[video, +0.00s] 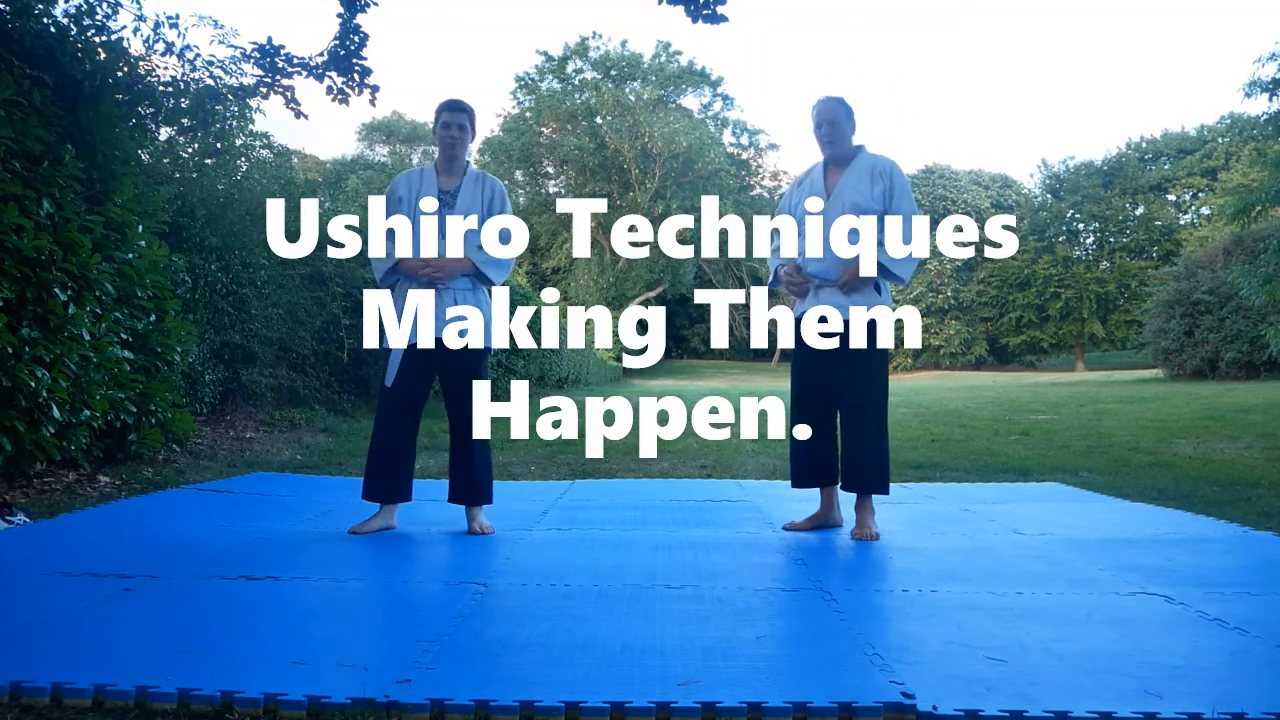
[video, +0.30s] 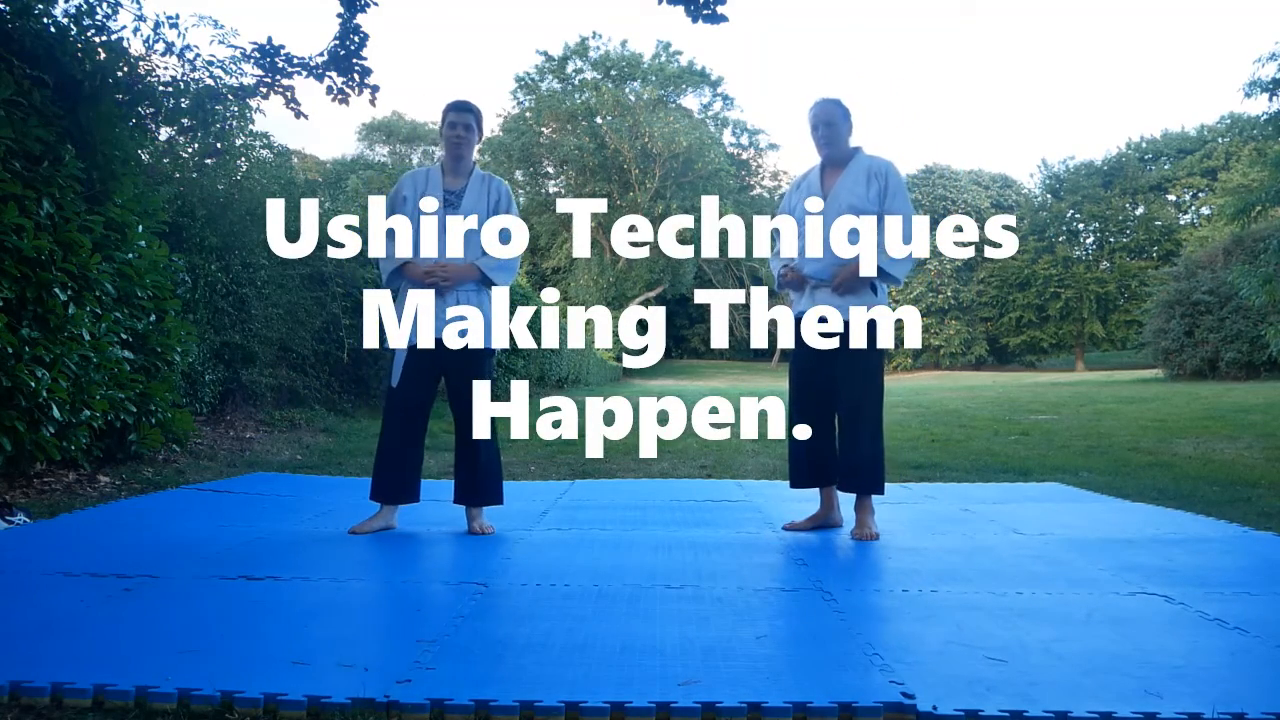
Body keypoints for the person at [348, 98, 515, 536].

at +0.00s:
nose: (452, 133)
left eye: (460, 127)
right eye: (446, 126)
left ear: (473, 137)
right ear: (434, 132)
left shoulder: (490, 188)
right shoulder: (405, 183)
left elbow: (501, 253)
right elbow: (382, 249)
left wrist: (458, 264)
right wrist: (413, 269)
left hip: (468, 316)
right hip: (411, 314)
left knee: (469, 412)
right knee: (396, 409)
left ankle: (475, 509)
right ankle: (387, 509)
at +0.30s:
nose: (458, 133)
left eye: (466, 128)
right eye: (452, 126)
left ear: (479, 138)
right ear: (440, 133)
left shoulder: (496, 190)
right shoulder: (409, 184)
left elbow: (508, 257)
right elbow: (389, 247)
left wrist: (464, 271)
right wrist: (413, 271)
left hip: (472, 320)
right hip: (415, 318)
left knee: (474, 414)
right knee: (402, 410)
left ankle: (475, 512)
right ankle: (388, 510)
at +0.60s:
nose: (453, 133)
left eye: (461, 127)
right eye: (447, 126)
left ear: (474, 138)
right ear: (436, 134)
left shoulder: (492, 189)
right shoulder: (408, 185)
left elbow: (506, 257)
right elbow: (388, 250)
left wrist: (460, 272)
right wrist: (414, 274)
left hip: (470, 319)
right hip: (414, 317)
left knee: (473, 414)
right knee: (398, 408)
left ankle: (476, 511)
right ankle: (387, 509)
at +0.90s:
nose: (452, 132)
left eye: (460, 126)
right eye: (446, 125)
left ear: (474, 138)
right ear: (434, 133)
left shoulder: (492, 190)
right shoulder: (406, 185)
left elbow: (504, 258)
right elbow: (388, 254)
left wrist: (456, 274)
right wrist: (417, 275)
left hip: (469, 320)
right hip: (413, 318)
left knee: (472, 415)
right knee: (398, 411)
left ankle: (475, 512)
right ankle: (387, 510)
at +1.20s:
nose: (453, 133)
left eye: (461, 128)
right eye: (447, 126)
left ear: (474, 138)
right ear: (435, 133)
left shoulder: (492, 190)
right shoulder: (406, 185)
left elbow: (503, 258)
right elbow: (389, 255)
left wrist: (455, 274)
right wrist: (419, 277)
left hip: (470, 322)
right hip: (414, 320)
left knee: (472, 415)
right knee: (398, 411)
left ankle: (475, 512)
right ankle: (387, 510)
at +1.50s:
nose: (455, 137)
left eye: (463, 131)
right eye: (448, 129)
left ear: (474, 139)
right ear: (435, 133)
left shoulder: (492, 190)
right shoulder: (406, 185)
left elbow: (504, 258)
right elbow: (388, 253)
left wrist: (457, 273)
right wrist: (416, 275)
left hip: (470, 321)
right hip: (414, 319)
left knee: (472, 415)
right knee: (398, 411)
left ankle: (475, 512)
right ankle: (387, 510)